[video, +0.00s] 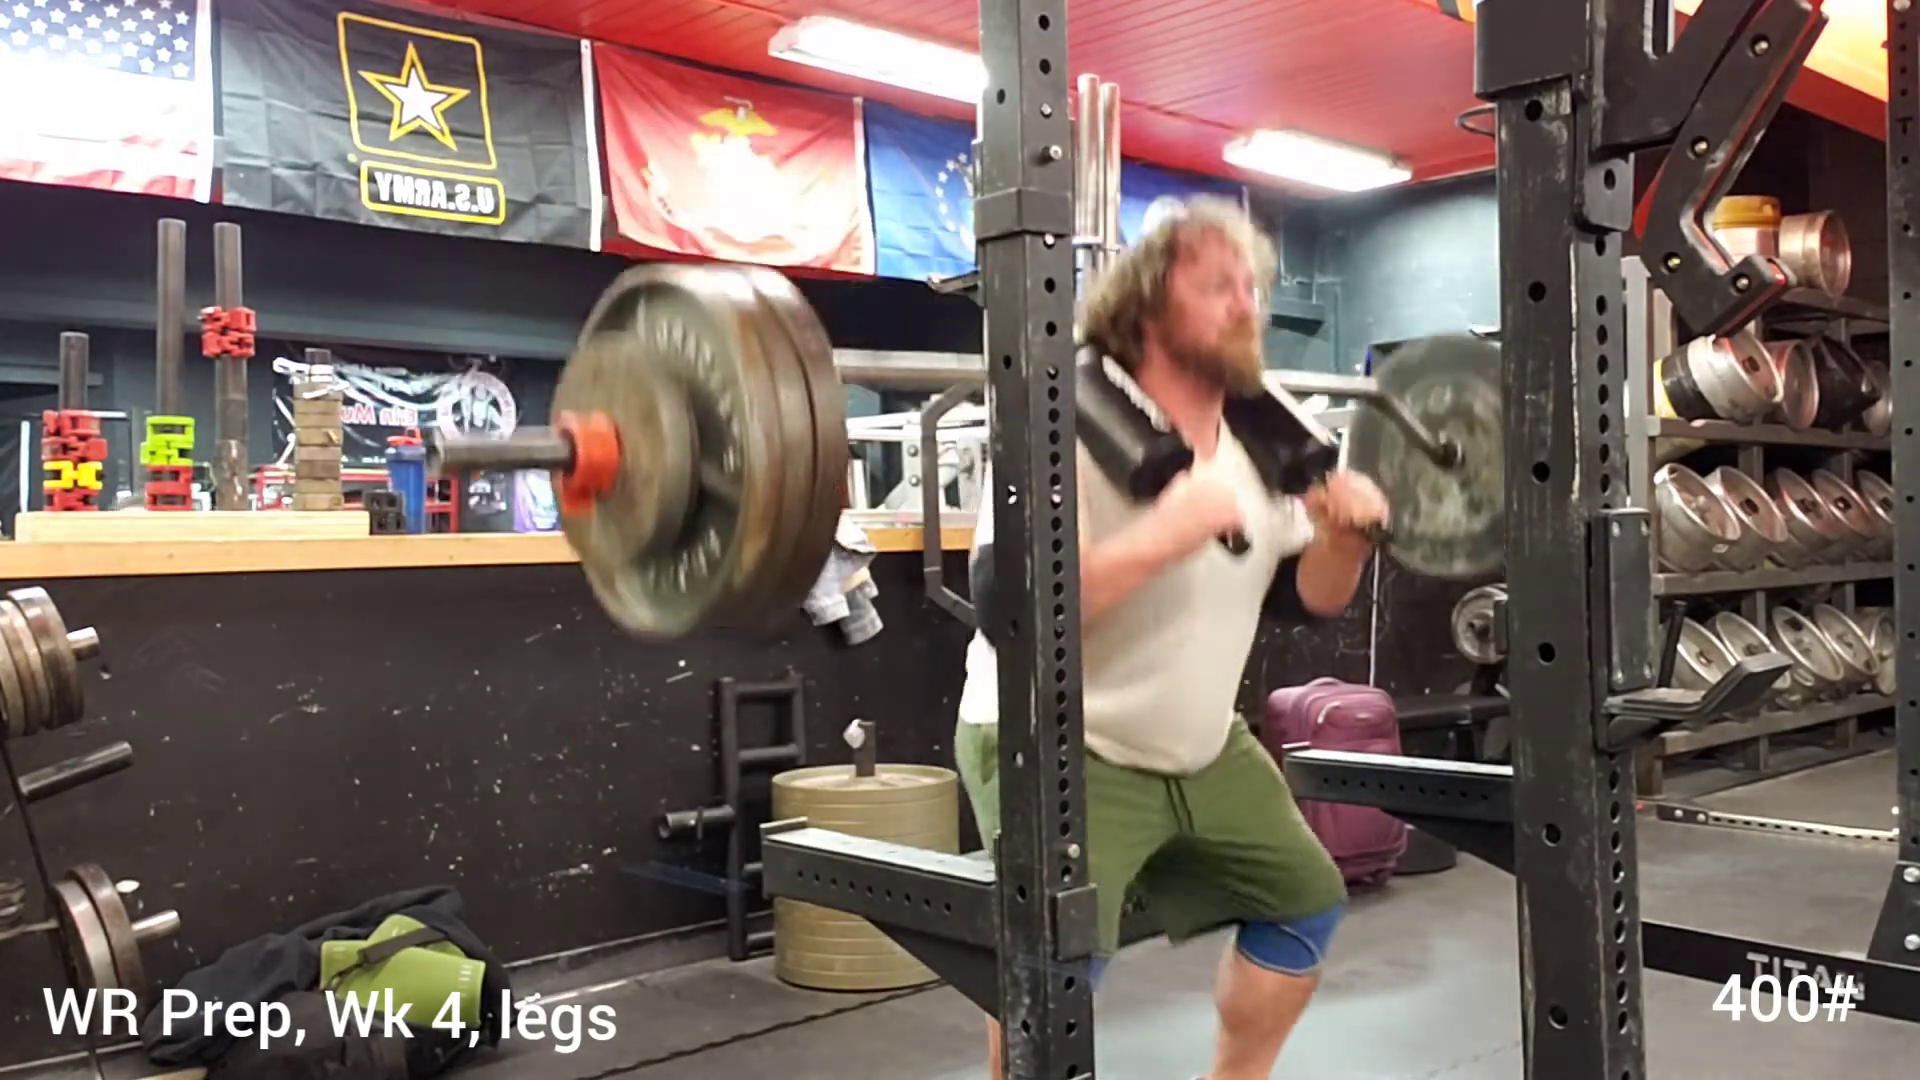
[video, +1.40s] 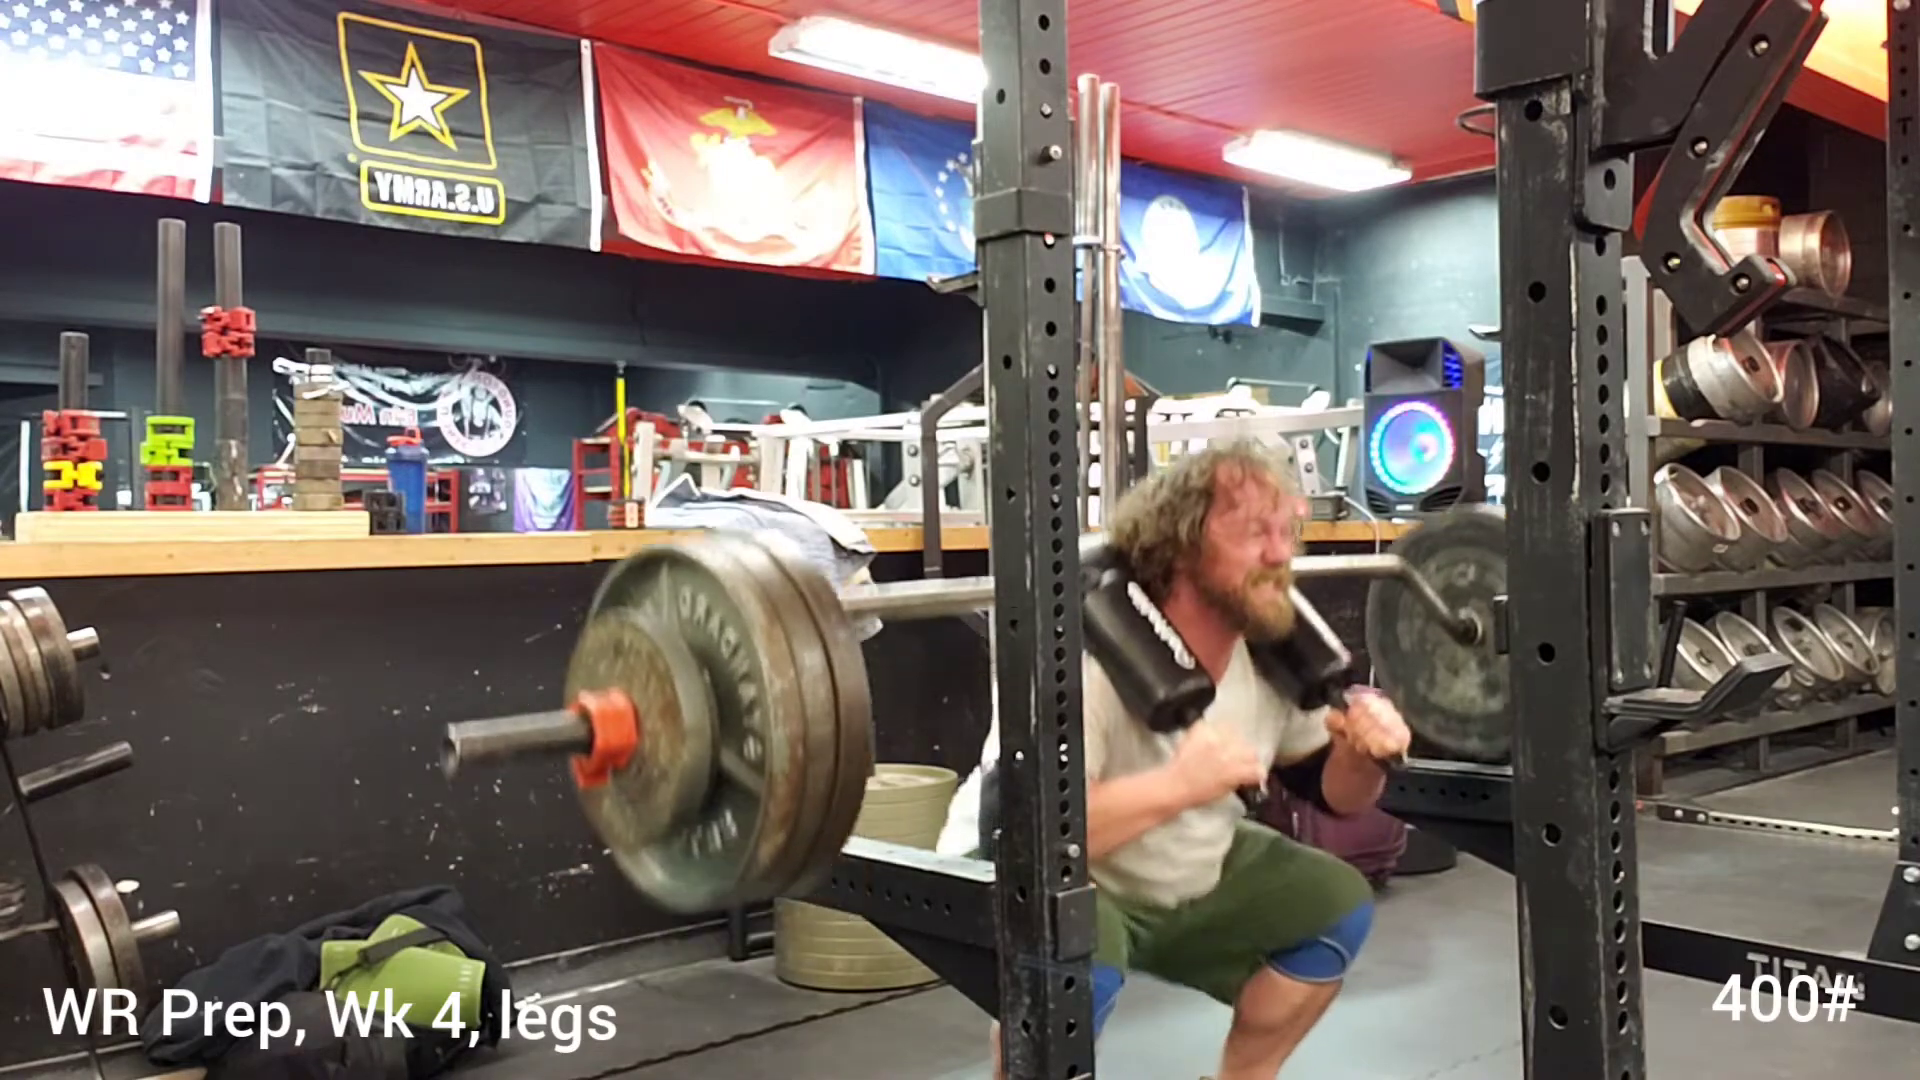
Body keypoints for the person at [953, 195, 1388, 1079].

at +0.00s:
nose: (1244, 303)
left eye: (1251, 285)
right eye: (1218, 284)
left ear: (1259, 301)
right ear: (1153, 302)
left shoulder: (1267, 424)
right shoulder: (1069, 416)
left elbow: (1321, 596)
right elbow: (1028, 601)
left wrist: (1345, 530)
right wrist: (1163, 534)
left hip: (1204, 740)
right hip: (1066, 744)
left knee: (1303, 901)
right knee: (1057, 965)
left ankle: (1237, 1074)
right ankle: (1016, 1072)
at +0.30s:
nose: (1261, 434)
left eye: (1267, 413)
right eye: (1234, 414)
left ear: (1278, 421)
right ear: (1165, 431)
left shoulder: (1271, 533)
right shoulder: (1073, 538)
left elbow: (1328, 710)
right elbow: (1033, 730)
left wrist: (1353, 651)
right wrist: (1170, 672)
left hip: (1195, 804)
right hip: (1054, 811)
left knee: (1326, 908)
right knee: (1076, 965)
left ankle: (1241, 1073)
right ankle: (1018, 1068)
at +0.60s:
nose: (1267, 552)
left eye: (1275, 531)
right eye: (1241, 532)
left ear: (1288, 532)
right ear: (1171, 543)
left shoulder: (1276, 638)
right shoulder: (1084, 651)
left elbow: (1339, 808)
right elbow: (1030, 836)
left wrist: (1367, 755)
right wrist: (1173, 791)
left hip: (1222, 886)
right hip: (1094, 900)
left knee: (1359, 925)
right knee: (1078, 1000)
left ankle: (1245, 1075)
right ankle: (1020, 1066)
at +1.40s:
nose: (1280, 552)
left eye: (1286, 530)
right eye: (1254, 532)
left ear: (1296, 528)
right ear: (1181, 542)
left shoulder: (1275, 627)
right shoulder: (1089, 648)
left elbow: (1340, 796)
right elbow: (1038, 832)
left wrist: (1364, 748)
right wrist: (1176, 785)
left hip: (1197, 858)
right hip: (1068, 869)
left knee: (1338, 908)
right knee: (1085, 959)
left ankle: (1243, 1074)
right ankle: (1017, 1071)